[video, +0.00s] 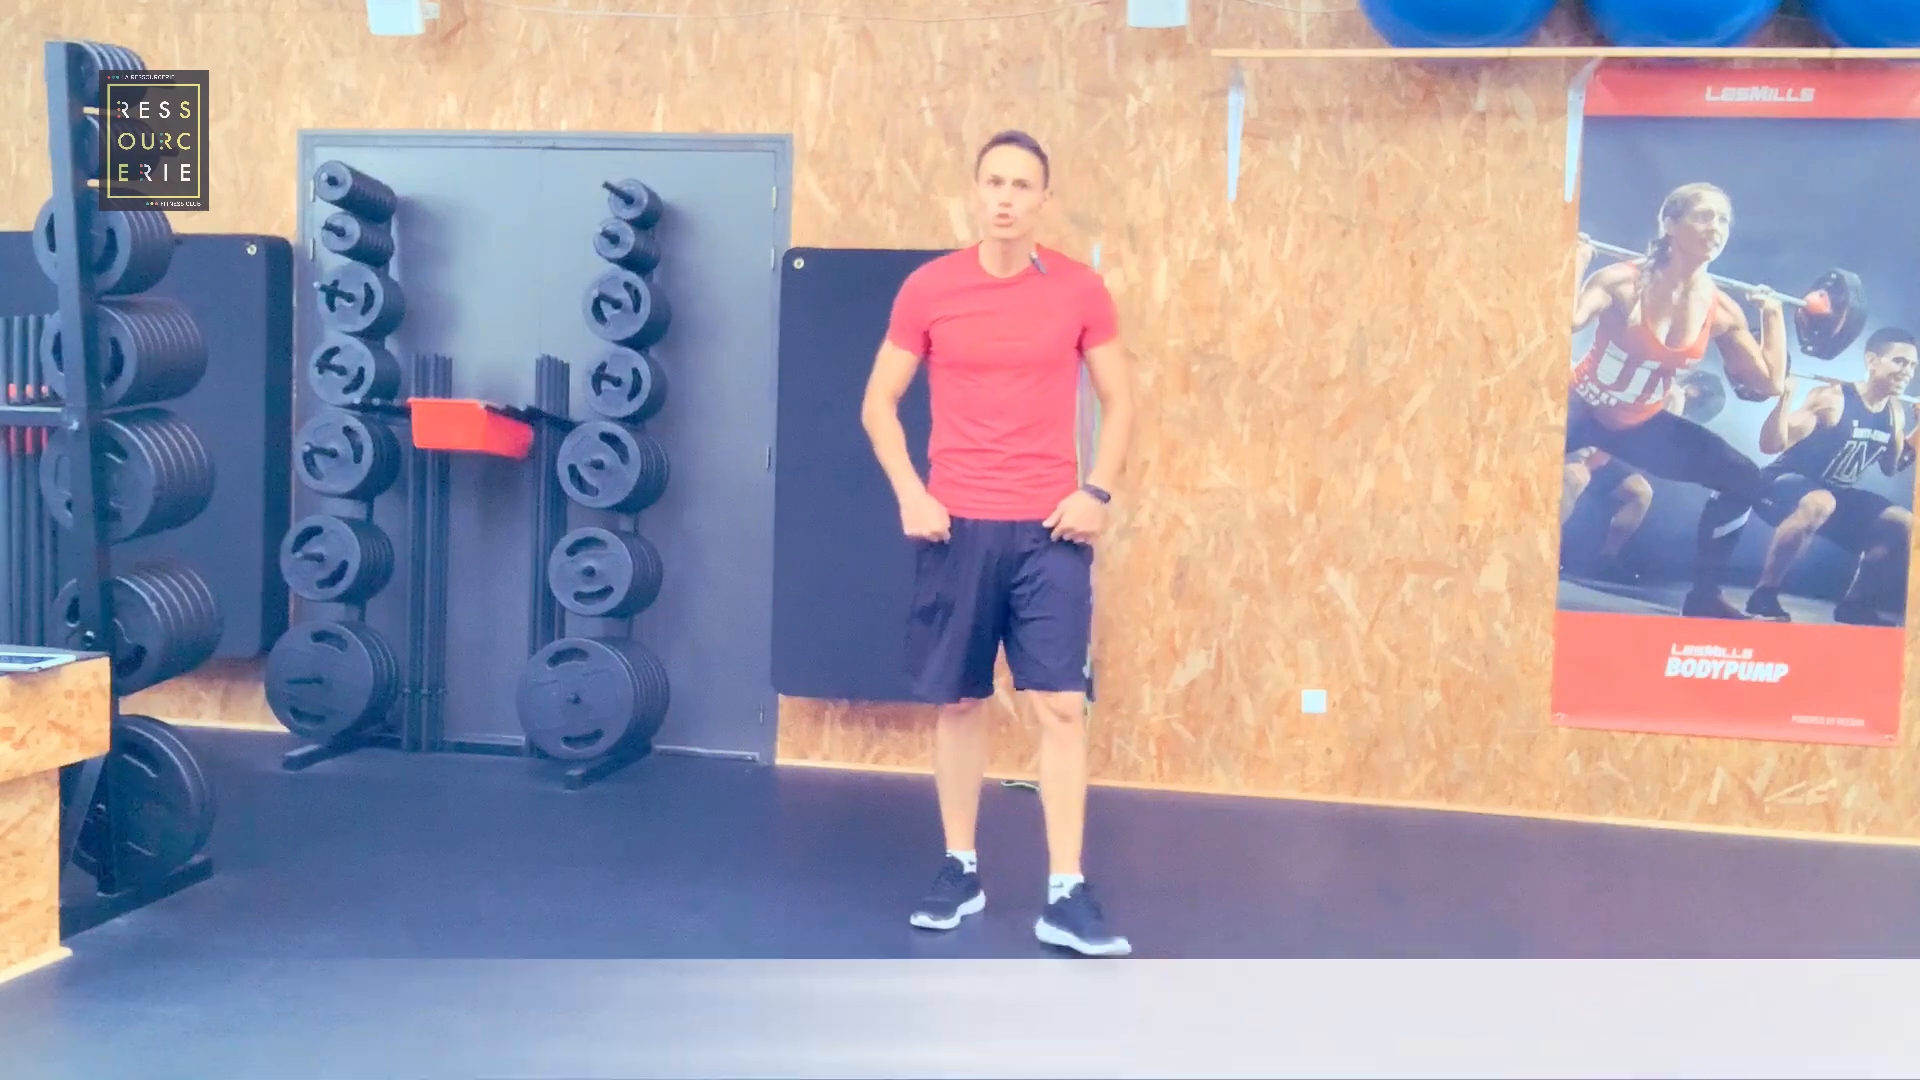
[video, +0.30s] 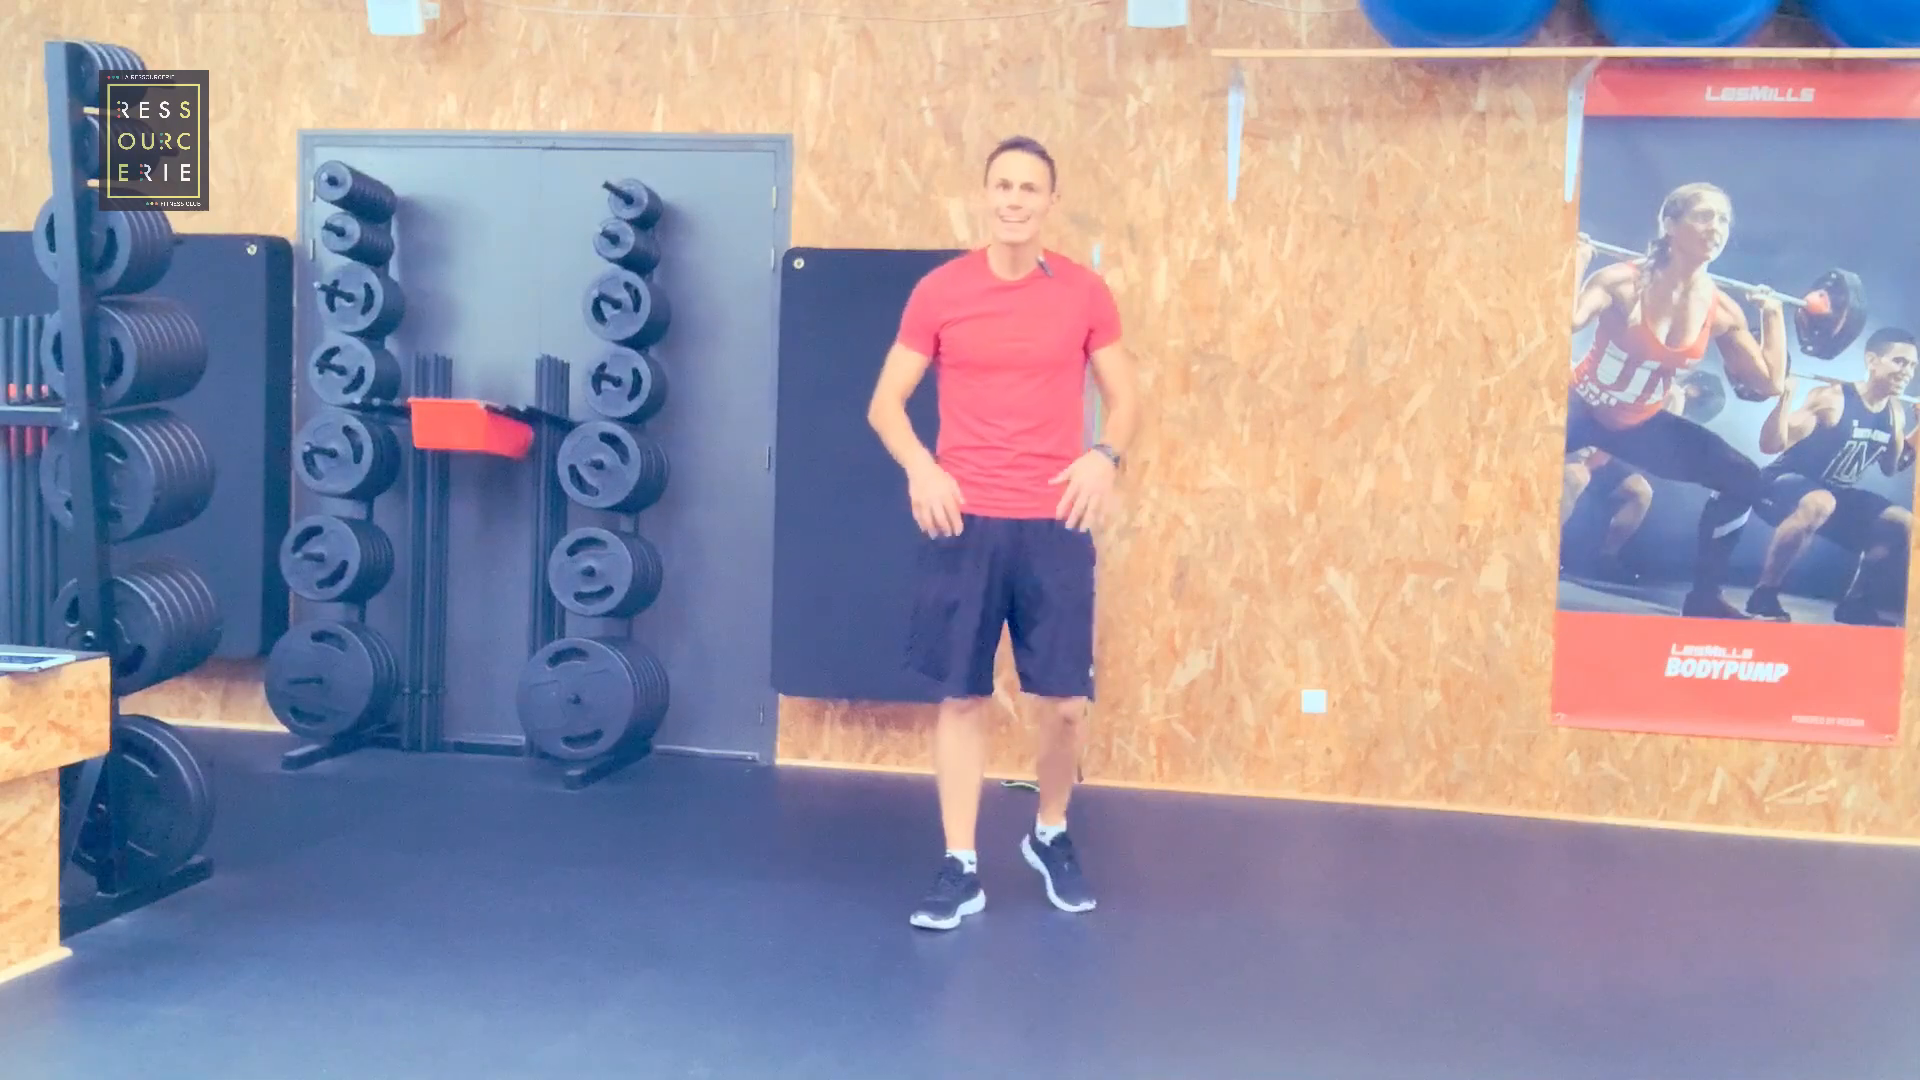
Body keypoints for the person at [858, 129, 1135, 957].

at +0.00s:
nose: (1006, 197)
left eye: (1022, 185)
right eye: (995, 182)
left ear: (1045, 200)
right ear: (972, 193)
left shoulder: (1078, 289)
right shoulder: (930, 287)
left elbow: (1119, 400)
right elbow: (878, 406)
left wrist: (1097, 492)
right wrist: (910, 493)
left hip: (1052, 526)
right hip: (957, 527)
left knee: (1062, 704)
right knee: (960, 702)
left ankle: (1067, 893)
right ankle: (958, 872)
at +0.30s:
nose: (1015, 200)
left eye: (1030, 189)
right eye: (1003, 186)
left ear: (1052, 204)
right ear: (981, 198)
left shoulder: (1082, 291)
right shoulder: (941, 290)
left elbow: (1124, 396)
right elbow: (884, 403)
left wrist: (1107, 457)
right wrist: (920, 469)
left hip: (1056, 528)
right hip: (963, 526)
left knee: (1065, 701)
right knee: (961, 697)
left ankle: (1052, 834)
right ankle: (959, 867)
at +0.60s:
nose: (1052, 213)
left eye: (1067, 202)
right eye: (1041, 199)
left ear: (1089, 217)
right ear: (1020, 210)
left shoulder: (1118, 303)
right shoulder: (973, 296)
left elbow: (1144, 409)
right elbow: (924, 406)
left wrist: (1140, 482)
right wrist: (942, 468)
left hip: (1082, 526)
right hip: (992, 523)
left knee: (1066, 697)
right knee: (976, 694)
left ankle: (1043, 851)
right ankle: (959, 865)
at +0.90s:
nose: (1074, 238)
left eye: (1089, 226)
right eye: (1063, 223)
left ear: (1110, 237)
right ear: (1043, 228)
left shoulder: (1135, 320)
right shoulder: (993, 311)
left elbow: (1148, 433)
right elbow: (945, 427)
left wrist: (1128, 535)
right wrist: (972, 526)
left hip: (1093, 539)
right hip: (1003, 535)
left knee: (1081, 705)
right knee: (979, 695)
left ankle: (1043, 850)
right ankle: (958, 864)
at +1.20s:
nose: (1084, 229)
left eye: (1099, 217)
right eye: (1073, 214)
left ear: (1119, 231)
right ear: (1052, 221)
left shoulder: (1140, 319)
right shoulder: (1001, 307)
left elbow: (1150, 432)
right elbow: (952, 422)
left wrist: (1130, 535)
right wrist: (977, 524)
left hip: (1096, 538)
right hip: (1007, 533)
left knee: (1081, 702)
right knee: (981, 696)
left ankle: (1043, 851)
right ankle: (958, 865)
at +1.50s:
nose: (1079, 208)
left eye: (1094, 197)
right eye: (1069, 194)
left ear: (1114, 214)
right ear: (1047, 205)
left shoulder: (1138, 307)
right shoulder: (995, 295)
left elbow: (1152, 417)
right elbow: (945, 410)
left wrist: (1131, 518)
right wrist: (975, 509)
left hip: (1093, 530)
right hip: (1005, 526)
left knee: (1071, 697)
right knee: (984, 695)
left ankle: (1044, 850)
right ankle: (963, 865)